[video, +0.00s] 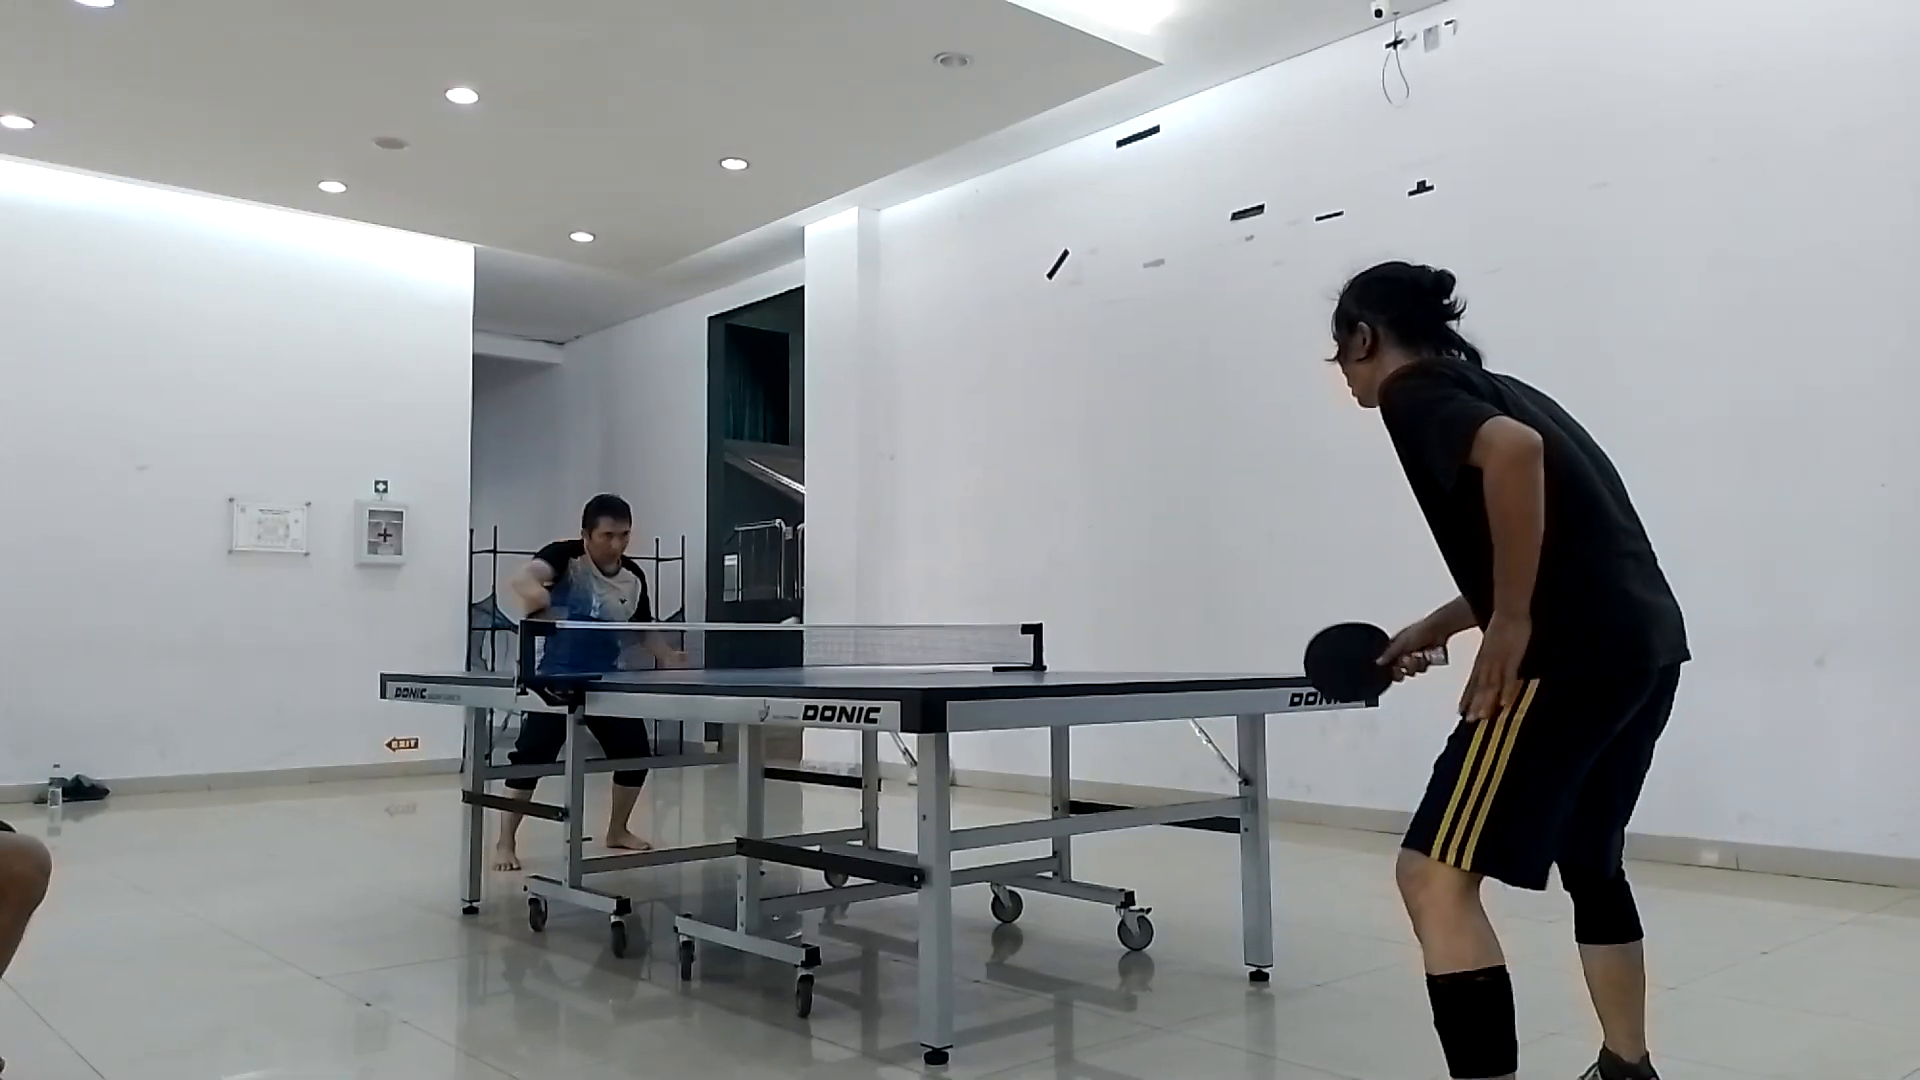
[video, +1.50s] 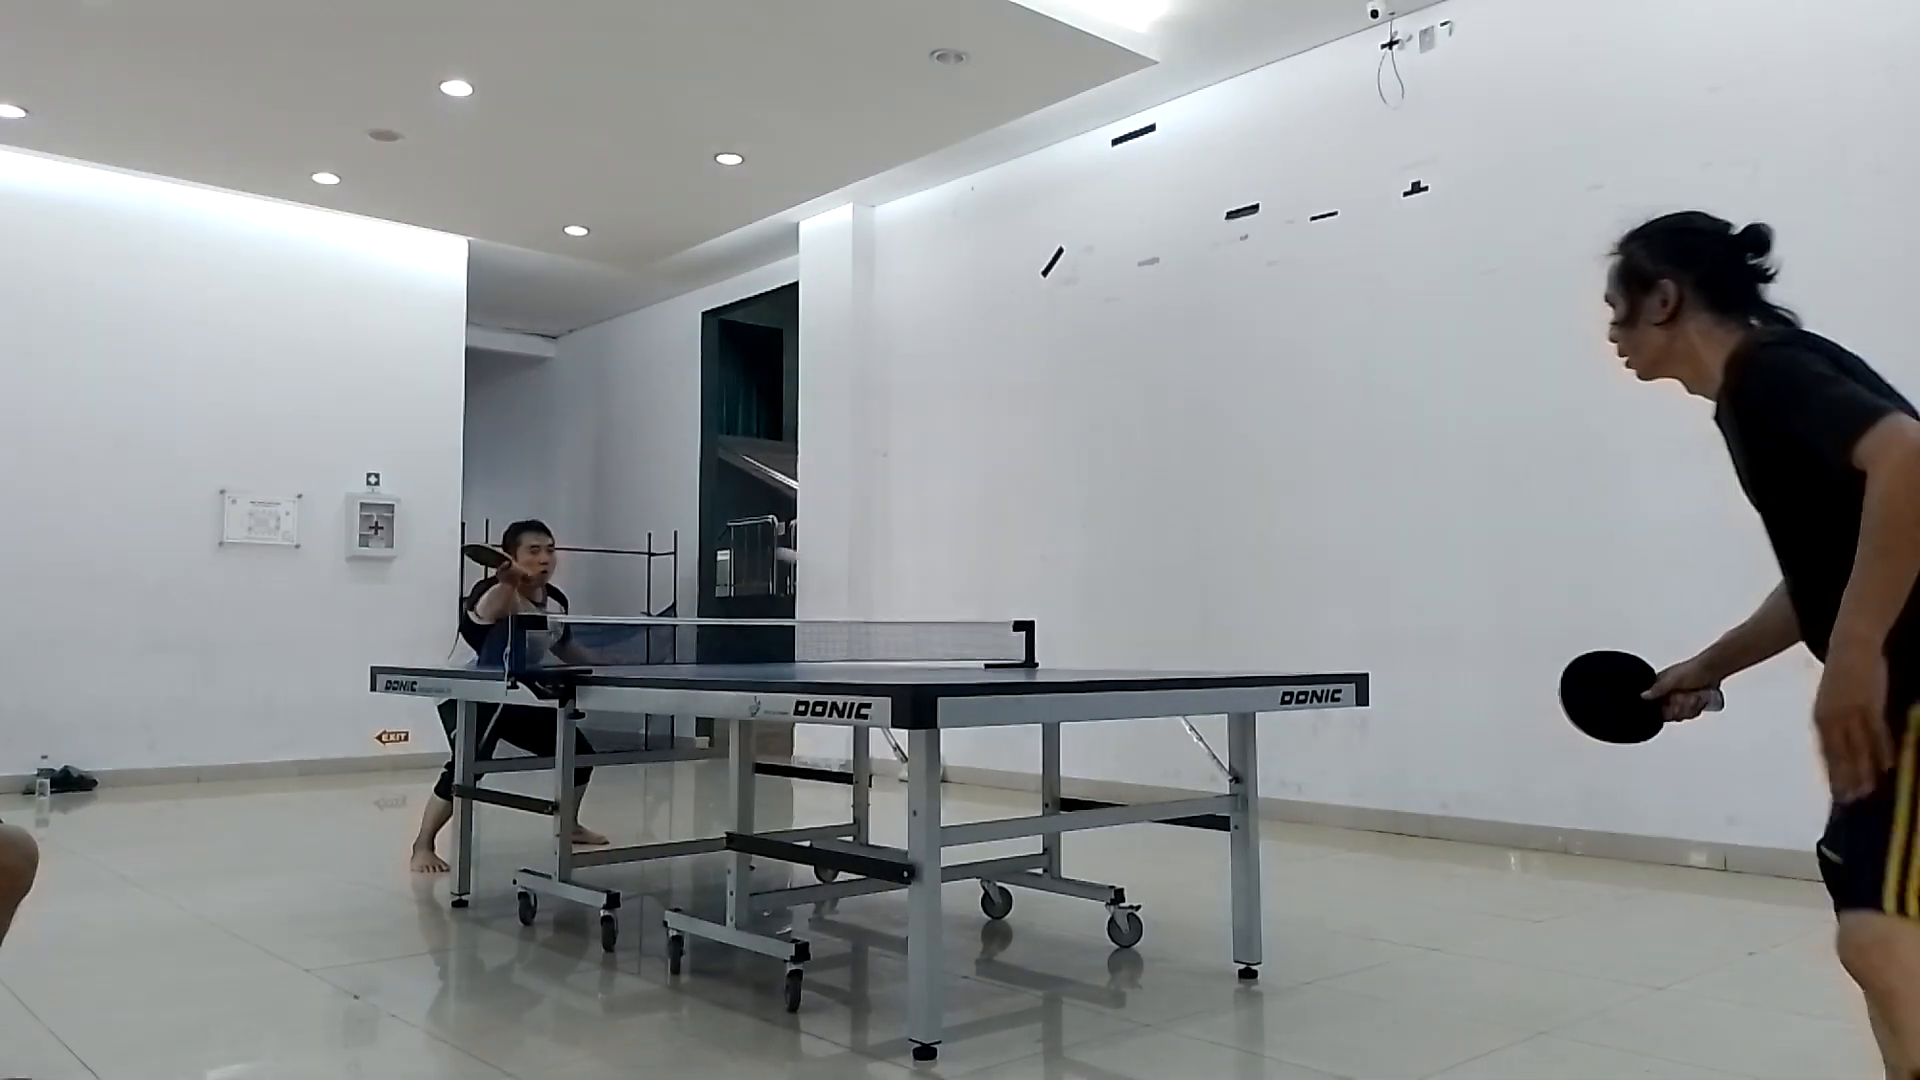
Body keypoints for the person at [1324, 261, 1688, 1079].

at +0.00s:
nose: (1344, 378)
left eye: (1343, 356)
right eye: (1340, 360)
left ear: (1370, 337)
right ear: (1431, 334)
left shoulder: (1415, 391)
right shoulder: (1502, 391)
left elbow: (1512, 446)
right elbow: (1553, 557)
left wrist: (1510, 626)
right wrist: (1436, 628)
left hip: (1567, 649)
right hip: (1646, 644)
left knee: (1432, 873)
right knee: (1591, 859)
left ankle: (1484, 1072)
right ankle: (1628, 1064)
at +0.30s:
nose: (1348, 407)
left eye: (1343, 386)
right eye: (1340, 392)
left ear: (1367, 360)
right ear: (1426, 346)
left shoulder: (1418, 393)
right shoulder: (1506, 392)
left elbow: (1498, 454)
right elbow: (1529, 527)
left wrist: (1461, 633)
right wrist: (1418, 581)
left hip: (1566, 662)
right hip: (1653, 655)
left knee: (1428, 882)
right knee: (1582, 861)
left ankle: (1481, 1077)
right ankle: (1626, 1067)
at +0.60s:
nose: (1390, 443)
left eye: (1388, 425)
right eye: (1385, 429)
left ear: (1419, 411)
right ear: (1436, 411)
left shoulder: (1511, 429)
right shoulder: (1475, 479)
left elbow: (1623, 438)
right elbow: (1388, 524)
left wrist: (1584, 594)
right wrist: (1289, 560)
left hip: (1671, 665)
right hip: (1694, 666)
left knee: (1552, 873)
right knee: (1604, 870)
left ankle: (1537, 1069)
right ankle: (1623, 1066)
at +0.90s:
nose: (1445, 412)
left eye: (1448, 391)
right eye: (1443, 394)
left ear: (1483, 381)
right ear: (1499, 382)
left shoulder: (1569, 416)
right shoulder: (1559, 464)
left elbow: (1690, 451)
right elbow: (1593, 600)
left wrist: (1637, 608)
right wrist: (1448, 640)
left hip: (1753, 656)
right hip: (1707, 667)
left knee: (1676, 883)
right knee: (1624, 835)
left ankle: (1834, 1070)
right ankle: (1623, 1060)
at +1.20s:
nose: (1540, 345)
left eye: (1543, 320)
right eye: (1538, 325)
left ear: (1584, 304)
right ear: (1608, 304)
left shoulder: (1659, 354)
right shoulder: (1661, 379)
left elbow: (1798, 407)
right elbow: (1789, 535)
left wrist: (1752, 581)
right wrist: (1691, 636)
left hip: (1857, 632)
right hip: (1830, 635)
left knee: (1806, 898)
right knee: (1801, 893)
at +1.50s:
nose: (1614, 332)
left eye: (1619, 307)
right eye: (1611, 312)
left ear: (1670, 297)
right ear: (1676, 299)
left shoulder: (1771, 370)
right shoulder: (1750, 396)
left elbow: (1900, 449)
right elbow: (1823, 578)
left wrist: (1856, 646)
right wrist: (1709, 666)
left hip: (1914, 686)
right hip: (1894, 686)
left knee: (1878, 938)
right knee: (1882, 936)